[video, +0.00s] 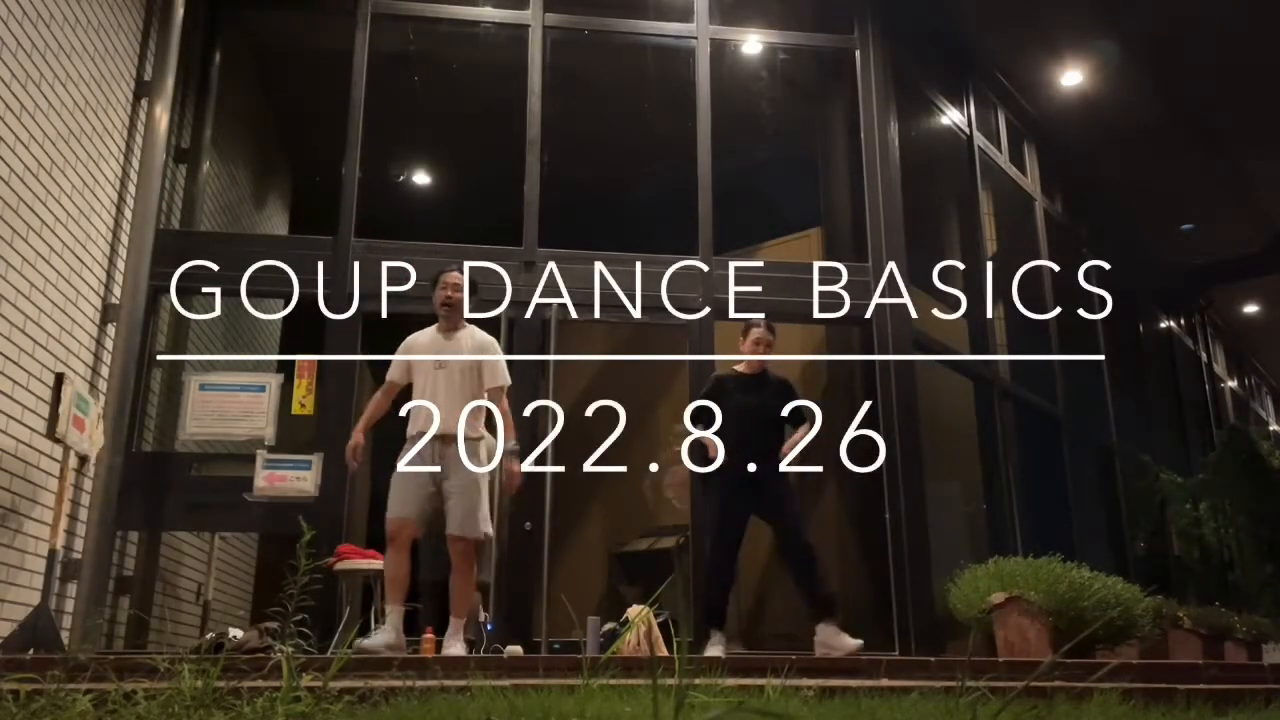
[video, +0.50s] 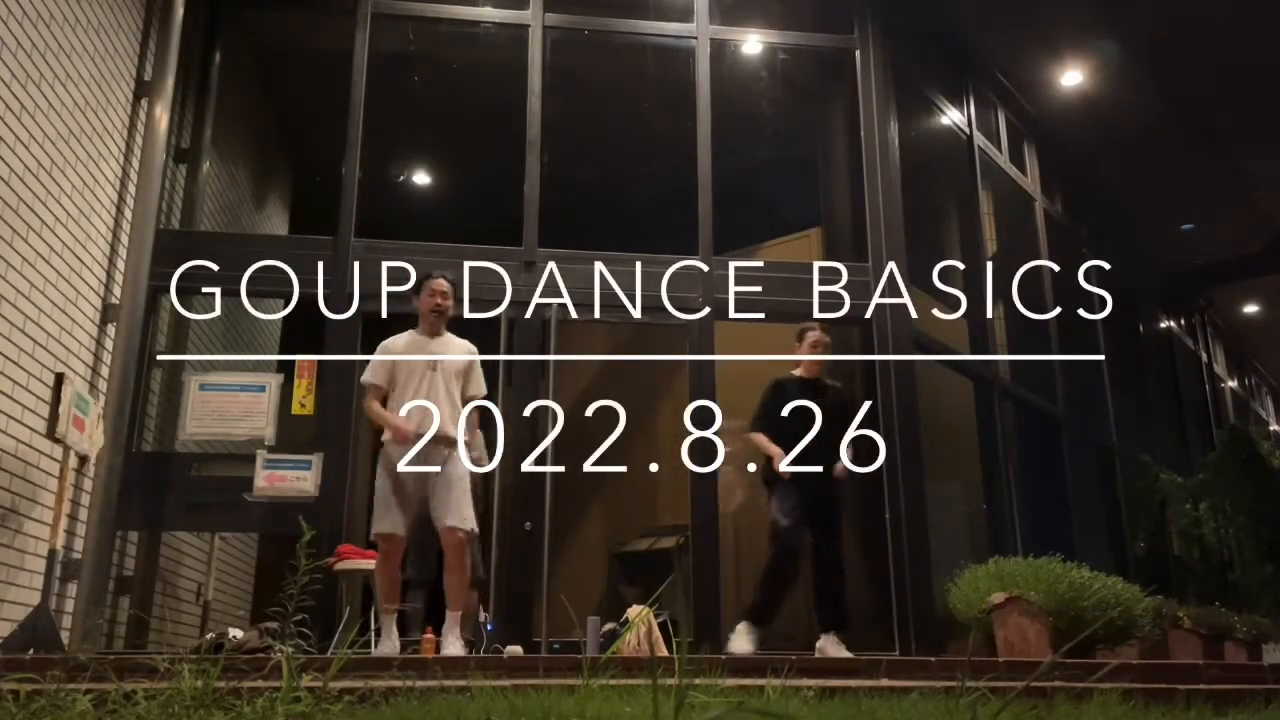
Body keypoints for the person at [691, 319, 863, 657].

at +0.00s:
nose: (761, 349)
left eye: (766, 345)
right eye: (756, 343)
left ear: (772, 350)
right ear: (742, 345)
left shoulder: (780, 387)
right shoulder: (721, 385)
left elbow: (805, 423)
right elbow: (697, 425)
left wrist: (790, 444)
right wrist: (709, 446)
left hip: (770, 481)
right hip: (728, 482)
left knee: (797, 546)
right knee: (720, 556)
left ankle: (826, 629)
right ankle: (715, 636)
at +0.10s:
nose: (772, 352)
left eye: (778, 347)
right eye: (766, 345)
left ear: (782, 352)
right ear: (750, 347)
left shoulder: (788, 392)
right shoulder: (730, 387)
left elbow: (801, 434)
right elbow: (702, 428)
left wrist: (795, 452)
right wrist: (720, 449)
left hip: (775, 483)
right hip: (735, 483)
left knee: (805, 549)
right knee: (723, 558)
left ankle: (828, 632)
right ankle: (715, 637)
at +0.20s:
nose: (785, 354)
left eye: (789, 349)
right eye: (779, 348)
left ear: (794, 355)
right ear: (763, 351)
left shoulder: (799, 396)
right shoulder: (744, 389)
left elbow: (811, 435)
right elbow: (716, 430)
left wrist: (811, 452)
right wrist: (732, 449)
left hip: (791, 489)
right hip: (749, 489)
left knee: (811, 557)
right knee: (734, 562)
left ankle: (827, 636)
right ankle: (718, 637)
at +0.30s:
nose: (798, 355)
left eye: (803, 350)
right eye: (793, 349)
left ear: (807, 354)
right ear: (778, 351)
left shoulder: (814, 395)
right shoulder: (759, 388)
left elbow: (821, 435)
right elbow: (733, 435)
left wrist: (825, 451)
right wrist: (754, 454)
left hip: (805, 487)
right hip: (766, 488)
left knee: (817, 556)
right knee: (752, 559)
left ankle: (827, 636)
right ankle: (722, 636)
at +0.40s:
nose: (810, 353)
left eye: (815, 348)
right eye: (804, 347)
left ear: (819, 354)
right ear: (789, 350)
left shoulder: (825, 395)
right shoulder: (772, 388)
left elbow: (841, 435)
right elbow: (746, 432)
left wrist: (837, 456)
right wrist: (769, 456)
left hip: (817, 485)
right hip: (779, 485)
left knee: (823, 556)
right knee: (770, 555)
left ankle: (828, 636)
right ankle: (732, 631)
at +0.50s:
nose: (819, 351)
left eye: (824, 347)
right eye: (813, 345)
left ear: (829, 353)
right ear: (799, 350)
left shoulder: (837, 394)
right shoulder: (781, 388)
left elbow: (850, 433)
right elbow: (756, 431)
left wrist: (846, 459)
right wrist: (776, 451)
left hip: (825, 482)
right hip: (788, 482)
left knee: (829, 555)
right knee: (787, 552)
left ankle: (829, 635)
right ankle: (749, 627)